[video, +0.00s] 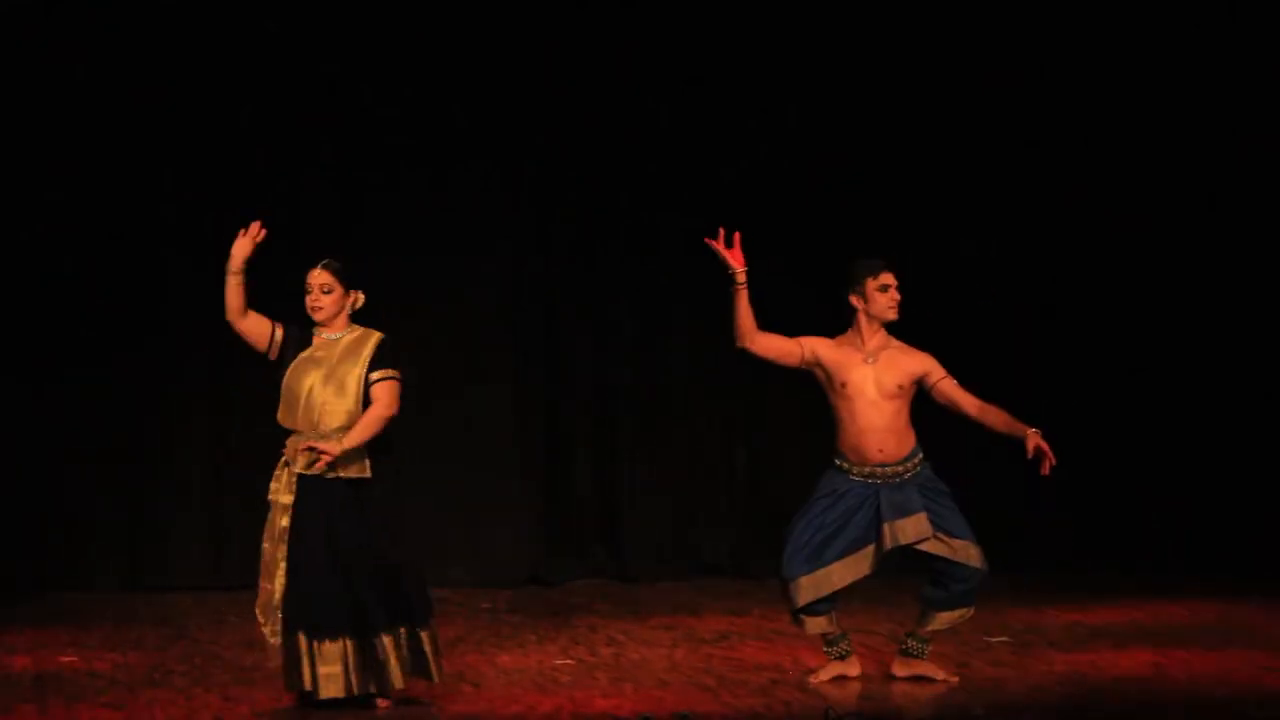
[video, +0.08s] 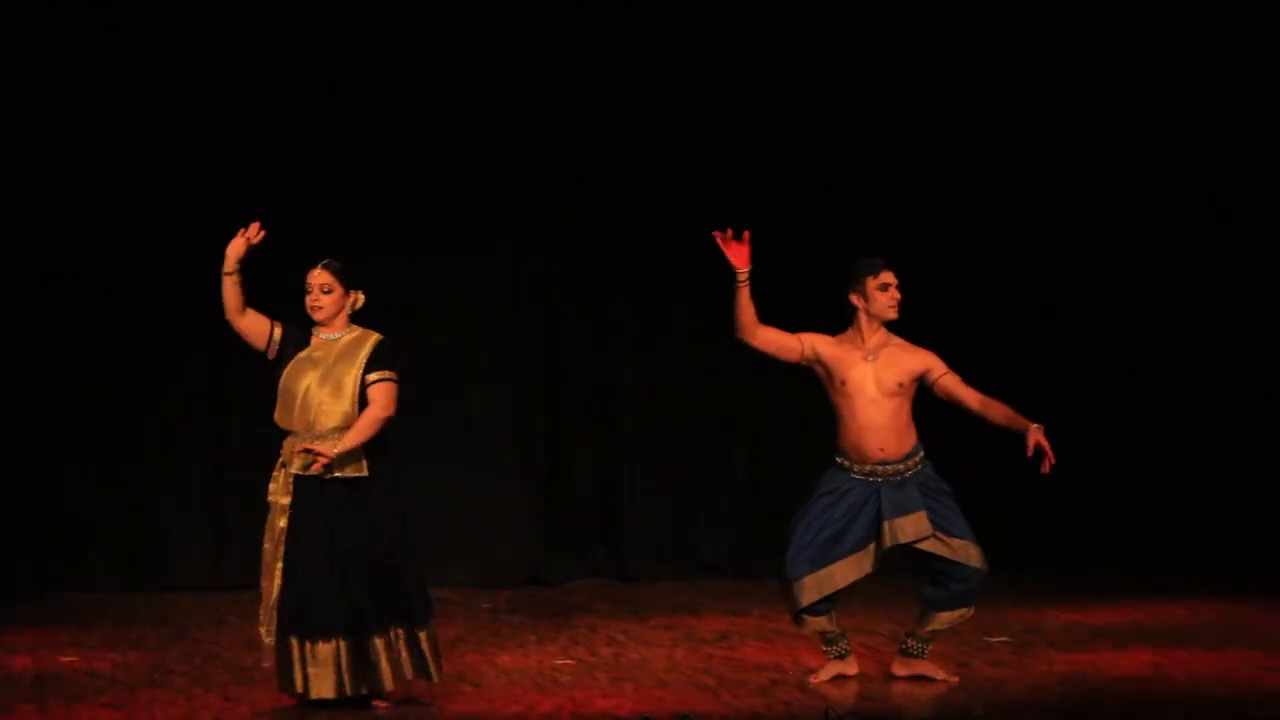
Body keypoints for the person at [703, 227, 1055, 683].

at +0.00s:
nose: (896, 296)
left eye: (896, 289)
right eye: (885, 290)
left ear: (894, 299)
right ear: (857, 300)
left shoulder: (915, 361)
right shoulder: (823, 352)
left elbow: (974, 407)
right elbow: (749, 339)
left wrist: (1024, 432)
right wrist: (739, 279)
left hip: (912, 479)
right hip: (849, 481)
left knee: (964, 564)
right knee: (800, 564)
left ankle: (913, 656)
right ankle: (841, 658)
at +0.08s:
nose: (896, 295)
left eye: (896, 288)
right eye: (884, 288)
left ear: (896, 296)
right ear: (856, 298)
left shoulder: (916, 358)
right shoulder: (823, 350)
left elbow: (976, 401)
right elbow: (750, 332)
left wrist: (1026, 426)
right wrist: (741, 276)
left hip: (912, 477)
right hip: (850, 479)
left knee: (964, 565)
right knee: (803, 564)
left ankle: (913, 656)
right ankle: (841, 657)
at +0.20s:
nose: (887, 296)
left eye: (891, 288)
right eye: (876, 288)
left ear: (897, 294)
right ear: (852, 298)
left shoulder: (920, 349)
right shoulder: (830, 347)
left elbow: (986, 385)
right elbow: (754, 330)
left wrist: (1036, 417)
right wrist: (766, 275)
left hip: (916, 475)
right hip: (855, 476)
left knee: (959, 567)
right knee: (814, 560)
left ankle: (911, 656)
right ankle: (834, 656)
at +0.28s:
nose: (880, 296)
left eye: (888, 287)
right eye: (870, 288)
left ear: (897, 292)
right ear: (854, 296)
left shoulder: (927, 345)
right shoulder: (839, 348)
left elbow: (997, 379)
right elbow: (765, 344)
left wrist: (1050, 417)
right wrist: (765, 283)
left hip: (921, 471)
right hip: (861, 471)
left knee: (955, 564)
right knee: (826, 557)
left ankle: (909, 657)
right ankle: (835, 656)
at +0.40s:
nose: (889, 291)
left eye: (896, 282)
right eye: (878, 284)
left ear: (906, 287)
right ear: (864, 291)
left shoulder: (933, 334)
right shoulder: (861, 341)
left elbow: (975, 373)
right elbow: (830, 346)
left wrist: (1019, 415)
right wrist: (806, 298)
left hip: (927, 462)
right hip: (878, 461)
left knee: (948, 558)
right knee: (867, 564)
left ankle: (908, 658)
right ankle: (828, 645)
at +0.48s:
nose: (897, 285)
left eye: (905, 277)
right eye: (887, 277)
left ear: (914, 282)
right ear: (873, 284)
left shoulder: (923, 326)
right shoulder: (873, 331)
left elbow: (914, 397)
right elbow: (884, 351)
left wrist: (951, 416)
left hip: (925, 453)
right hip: (884, 450)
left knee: (950, 547)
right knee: (895, 559)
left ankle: (908, 657)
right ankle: (829, 622)